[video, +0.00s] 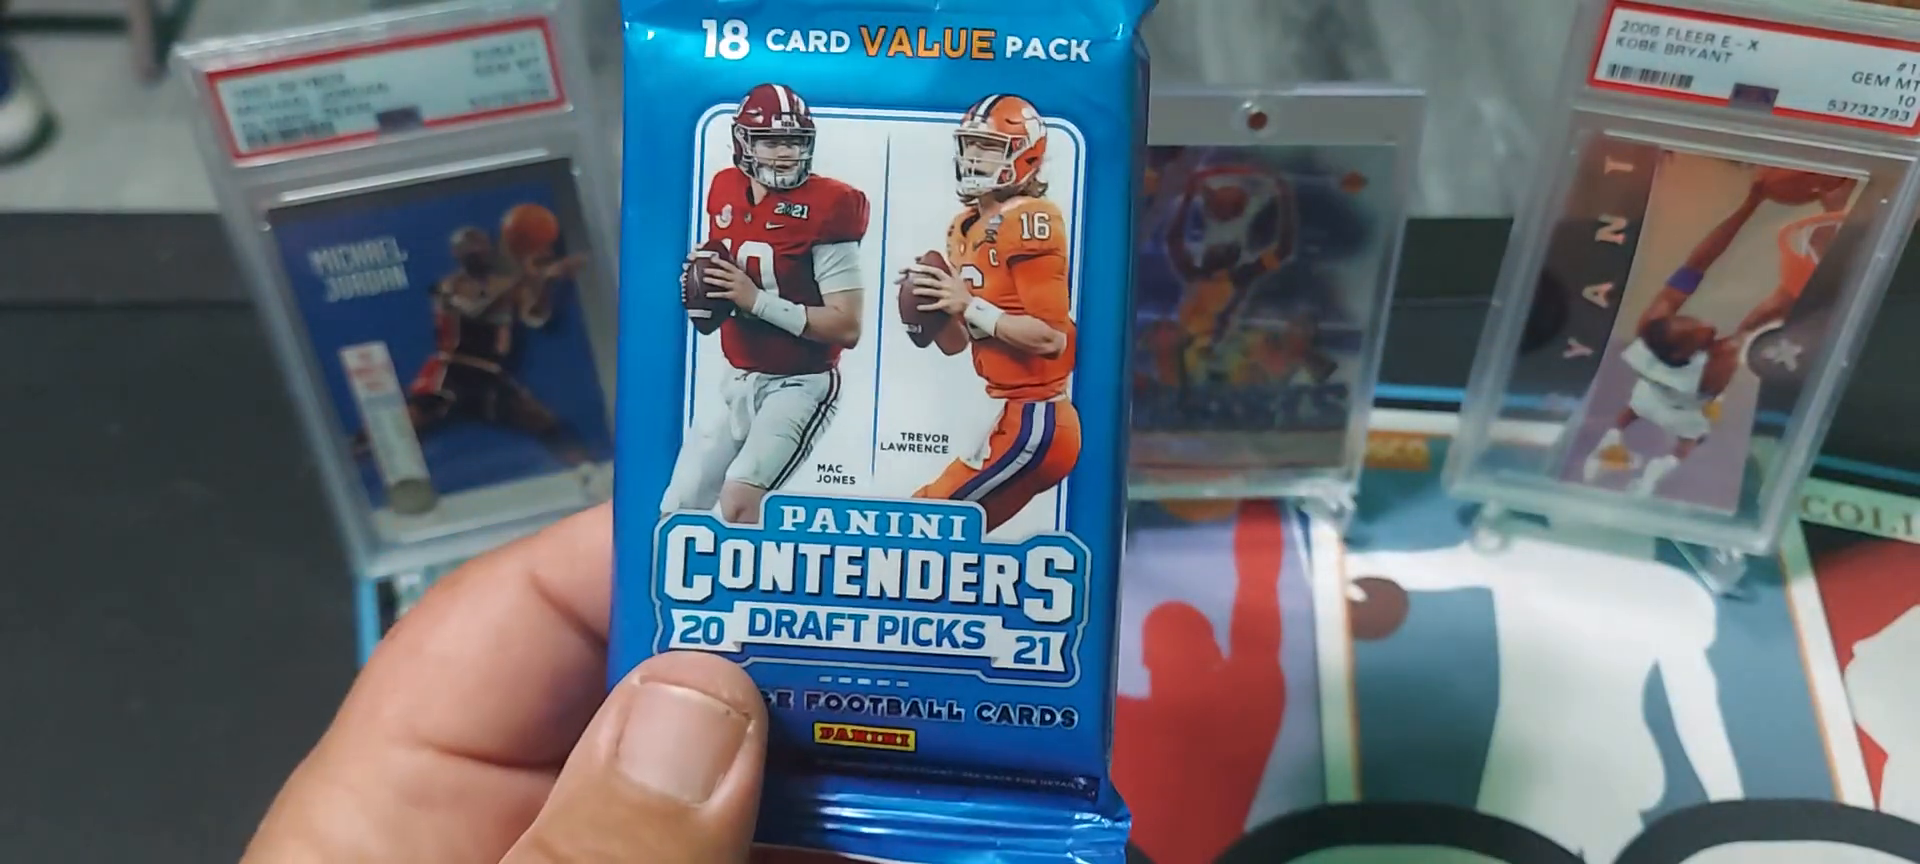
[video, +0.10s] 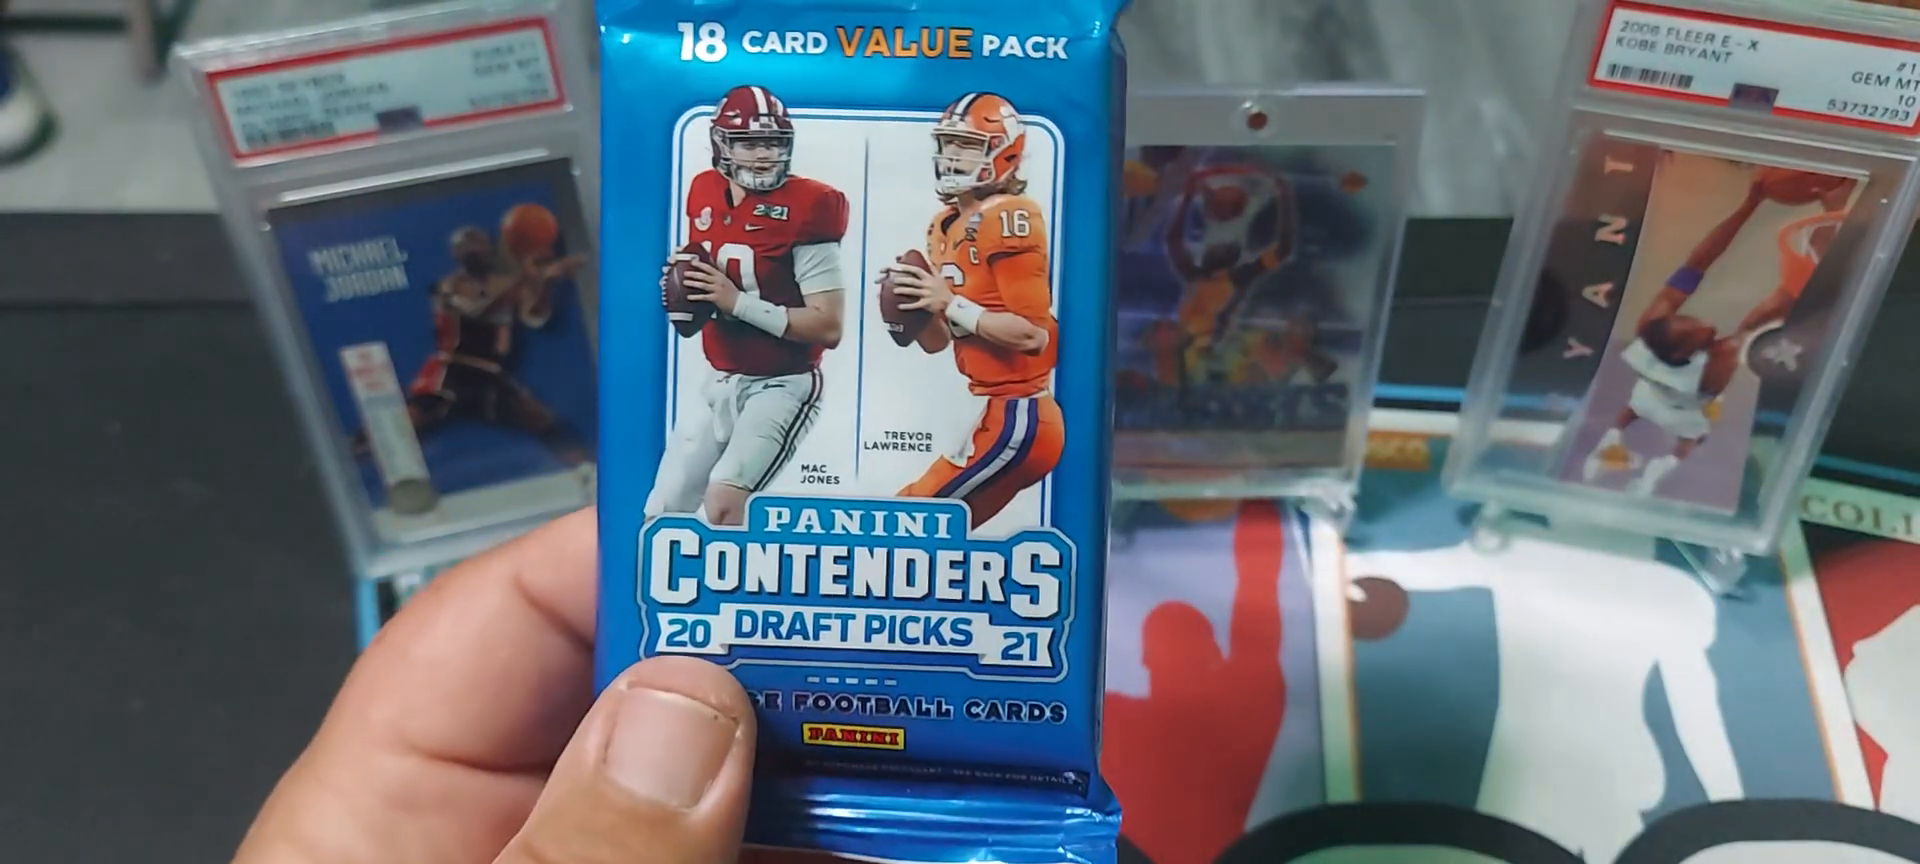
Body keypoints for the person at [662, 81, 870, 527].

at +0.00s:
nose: (785, 153)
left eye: (794, 141)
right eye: (771, 142)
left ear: (808, 144)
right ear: (744, 144)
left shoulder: (830, 205)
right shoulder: (725, 188)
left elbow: (848, 327)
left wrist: (756, 300)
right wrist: (701, 281)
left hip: (802, 383)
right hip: (737, 380)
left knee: (740, 500)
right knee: (679, 507)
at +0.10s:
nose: (764, 154)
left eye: (774, 143)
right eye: (751, 143)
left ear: (787, 145)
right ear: (722, 146)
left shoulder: (811, 205)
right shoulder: (704, 191)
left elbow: (829, 327)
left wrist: (737, 302)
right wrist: (681, 283)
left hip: (785, 384)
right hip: (718, 381)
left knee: (723, 504)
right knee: (663, 509)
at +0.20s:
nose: (751, 148)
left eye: (760, 136)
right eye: (737, 137)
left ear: (774, 139)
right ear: (710, 140)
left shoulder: (799, 199)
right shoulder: (692, 186)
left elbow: (819, 320)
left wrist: (727, 296)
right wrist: (671, 279)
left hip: (777, 376)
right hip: (710, 376)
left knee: (716, 498)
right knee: (655, 505)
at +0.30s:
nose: (744, 143)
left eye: (753, 132)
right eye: (731, 132)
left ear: (767, 135)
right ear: (705, 136)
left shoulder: (793, 194)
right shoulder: (688, 181)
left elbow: (816, 314)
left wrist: (723, 291)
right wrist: (667, 274)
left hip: (774, 371)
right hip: (709, 371)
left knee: (715, 495)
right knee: (653, 503)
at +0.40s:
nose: (736, 139)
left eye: (745, 127)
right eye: (723, 128)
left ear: (760, 130)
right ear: (697, 132)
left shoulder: (785, 189)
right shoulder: (681, 178)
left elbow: (808, 308)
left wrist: (717, 287)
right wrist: (660, 271)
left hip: (766, 366)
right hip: (700, 367)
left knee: (706, 490)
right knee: (646, 498)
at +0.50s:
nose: (732, 136)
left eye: (741, 124)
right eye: (718, 126)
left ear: (754, 127)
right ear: (692, 130)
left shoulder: (780, 186)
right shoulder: (674, 175)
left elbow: (803, 307)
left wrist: (711, 284)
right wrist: (654, 269)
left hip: (761, 364)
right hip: (695, 364)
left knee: (701, 488)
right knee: (641, 495)